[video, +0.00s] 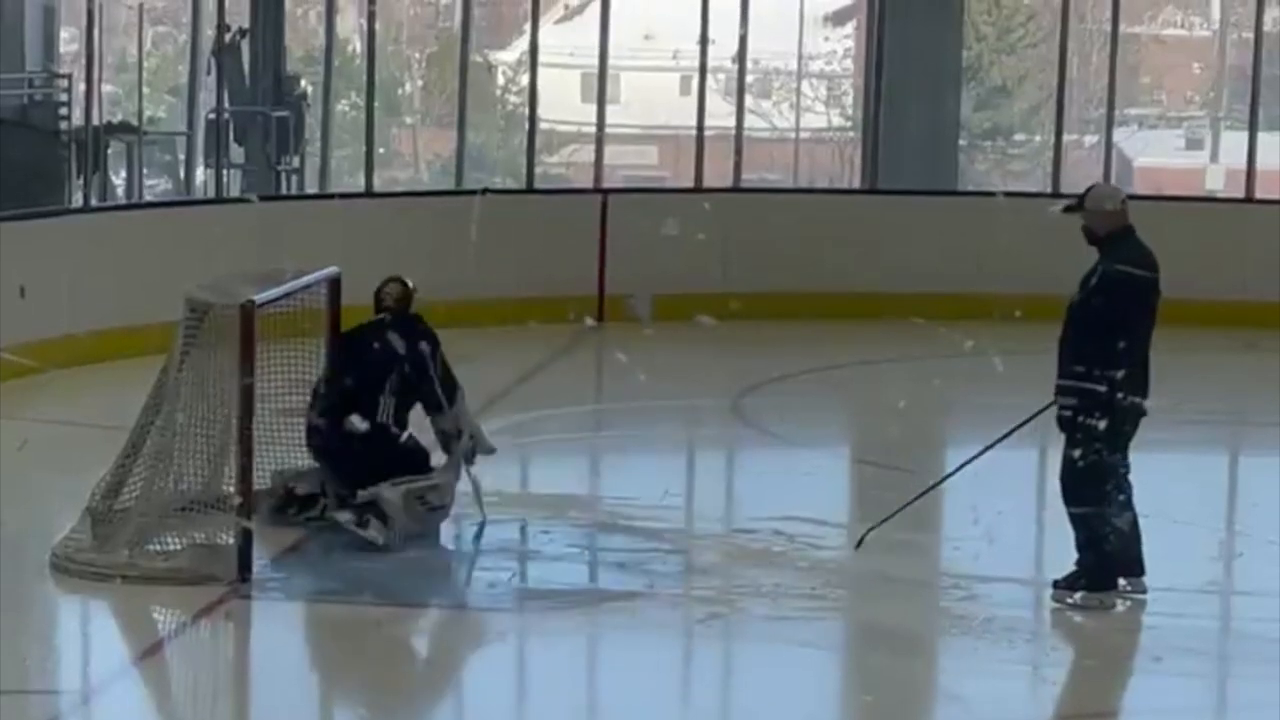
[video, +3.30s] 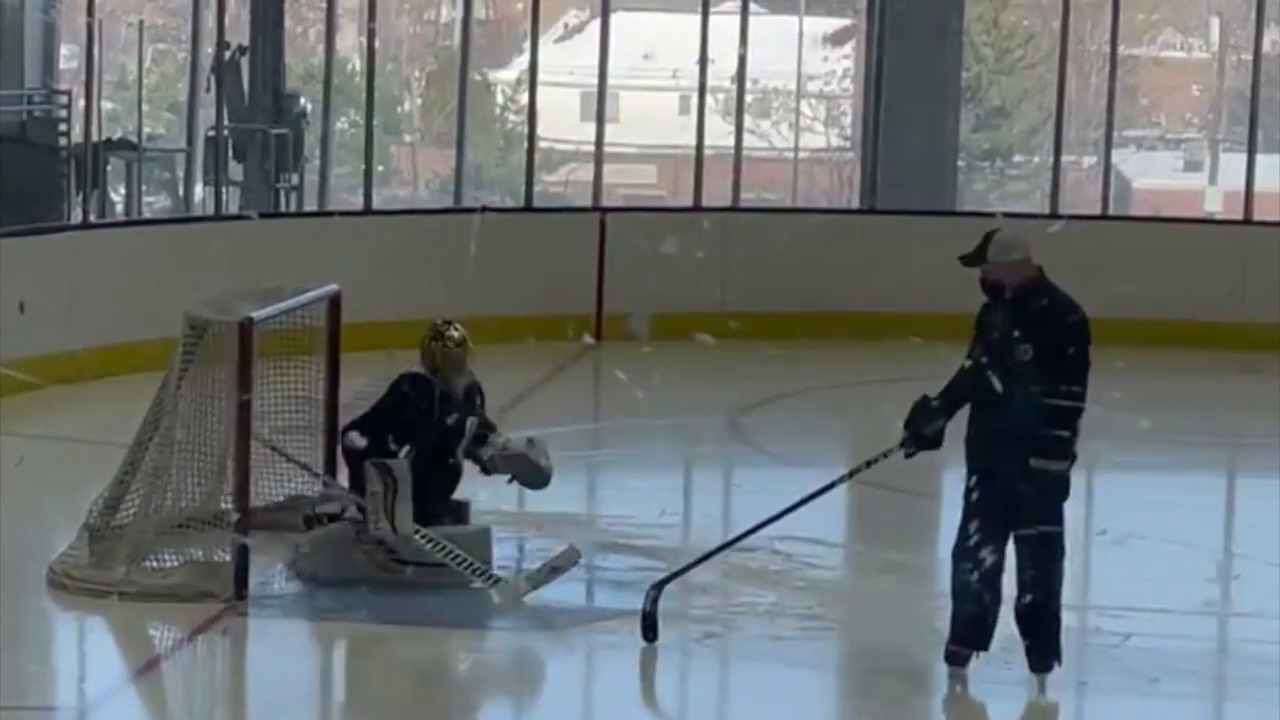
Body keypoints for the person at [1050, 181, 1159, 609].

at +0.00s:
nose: (1082, 227)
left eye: (1086, 219)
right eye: (1082, 219)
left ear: (1105, 219)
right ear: (1114, 218)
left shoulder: (1123, 266)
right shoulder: (1121, 260)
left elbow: (1115, 342)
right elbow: (1100, 339)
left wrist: (1093, 400)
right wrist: (1072, 393)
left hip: (1103, 398)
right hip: (1107, 395)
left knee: (1084, 483)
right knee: (1105, 481)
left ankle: (1099, 572)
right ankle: (1121, 567)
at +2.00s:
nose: (1063, 256)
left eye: (1067, 247)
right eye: (1061, 248)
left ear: (1088, 243)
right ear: (1090, 243)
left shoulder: (1113, 287)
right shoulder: (1105, 279)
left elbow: (1111, 361)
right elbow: (1104, 356)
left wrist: (1091, 417)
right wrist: (1083, 407)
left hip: (1112, 413)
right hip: (1113, 410)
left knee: (1088, 494)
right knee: (1115, 494)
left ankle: (1094, 589)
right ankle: (1133, 581)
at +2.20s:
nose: (1046, 266)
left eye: (1051, 258)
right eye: (1045, 258)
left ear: (1072, 255)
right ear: (1069, 255)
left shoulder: (1109, 297)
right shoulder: (1073, 292)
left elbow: (1110, 370)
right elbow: (1061, 353)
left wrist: (1099, 425)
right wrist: (1030, 383)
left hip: (1106, 423)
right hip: (1082, 419)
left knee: (1072, 502)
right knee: (1103, 497)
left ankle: (1077, 593)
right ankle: (1129, 569)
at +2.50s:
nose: (1030, 262)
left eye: (1036, 256)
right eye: (1029, 255)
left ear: (1060, 254)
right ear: (1044, 254)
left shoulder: (1102, 298)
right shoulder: (1040, 287)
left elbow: (1105, 376)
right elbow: (1017, 345)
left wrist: (1090, 437)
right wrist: (983, 386)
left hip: (1077, 425)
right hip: (1038, 422)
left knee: (1056, 519)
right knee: (1054, 511)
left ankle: (1046, 615)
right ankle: (1075, 586)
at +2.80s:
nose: (1010, 264)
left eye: (1016, 256)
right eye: (1009, 256)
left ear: (1041, 256)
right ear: (1027, 255)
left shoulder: (1088, 305)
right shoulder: (1020, 293)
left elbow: (1093, 383)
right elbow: (987, 355)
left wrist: (1083, 441)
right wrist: (947, 395)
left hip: (1058, 440)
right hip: (1011, 435)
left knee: (1052, 535)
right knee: (1005, 527)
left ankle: (1045, 629)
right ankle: (1006, 601)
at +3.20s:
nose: (993, 275)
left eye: (999, 268)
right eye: (992, 268)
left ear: (1023, 266)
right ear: (1005, 267)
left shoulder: (1070, 315)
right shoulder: (1000, 306)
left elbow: (1071, 397)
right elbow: (975, 367)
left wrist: (1057, 463)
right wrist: (935, 410)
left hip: (1043, 462)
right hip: (994, 457)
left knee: (1043, 562)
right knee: (980, 554)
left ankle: (1044, 657)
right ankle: (967, 649)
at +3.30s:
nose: (985, 277)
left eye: (992, 270)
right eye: (985, 270)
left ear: (1018, 266)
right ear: (1000, 269)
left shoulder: (1065, 318)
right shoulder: (995, 311)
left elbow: (1067, 401)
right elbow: (974, 373)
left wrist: (1052, 466)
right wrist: (933, 416)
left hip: (1040, 467)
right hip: (989, 463)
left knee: (1039, 570)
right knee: (974, 560)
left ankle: (1042, 671)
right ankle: (958, 662)